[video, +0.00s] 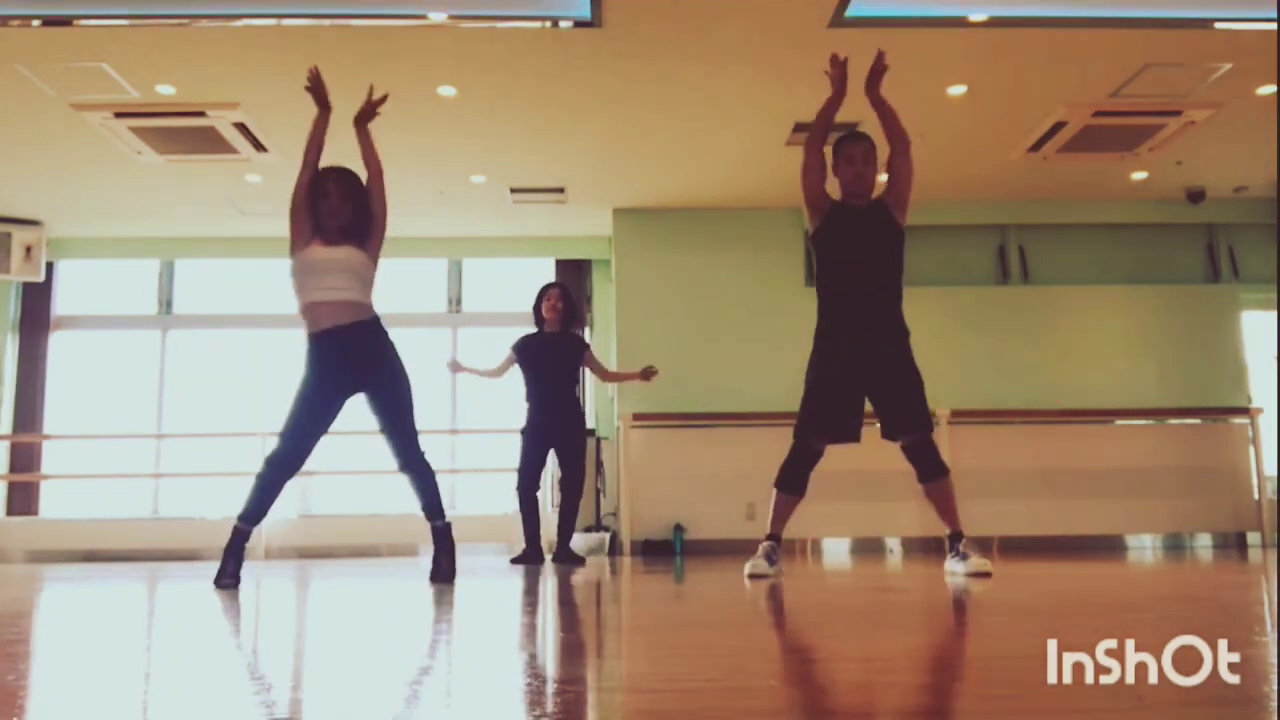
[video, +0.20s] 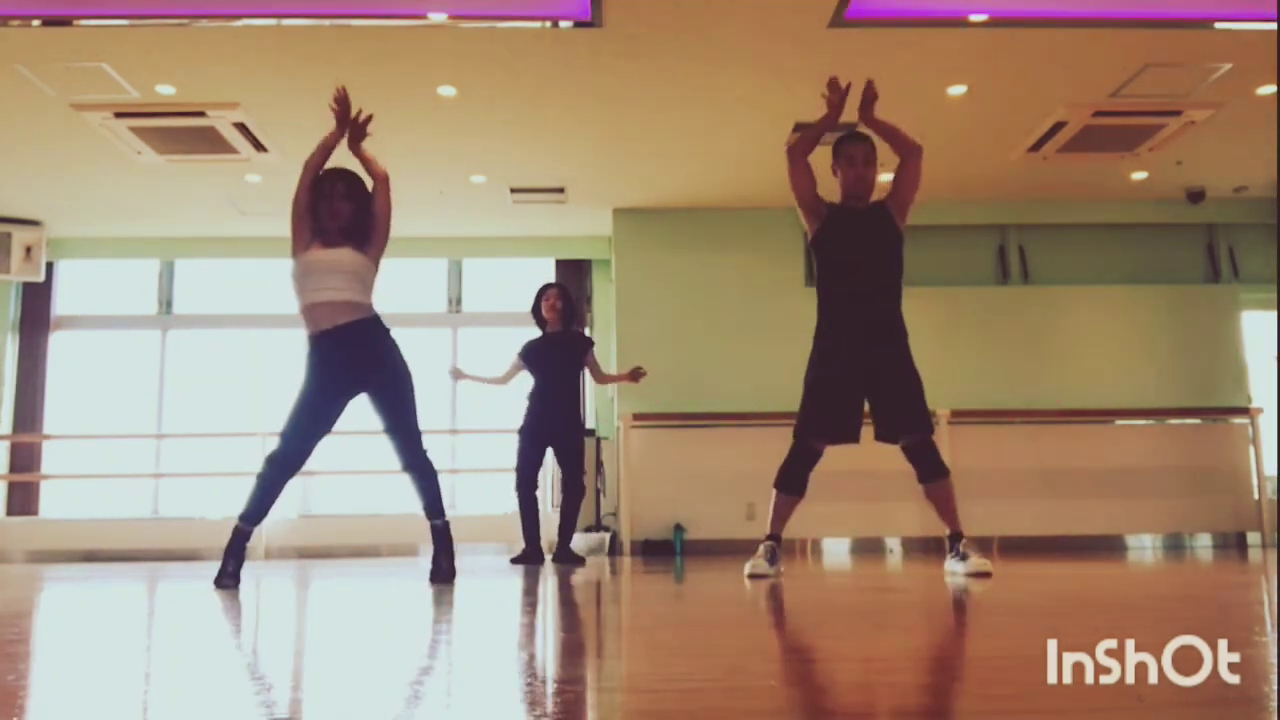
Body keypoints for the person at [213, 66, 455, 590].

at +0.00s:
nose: (332, 205)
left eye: (340, 198)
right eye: (325, 198)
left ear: (355, 205)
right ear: (314, 204)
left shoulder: (367, 242)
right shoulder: (303, 238)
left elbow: (375, 184)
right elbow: (307, 174)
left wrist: (362, 126)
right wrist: (323, 111)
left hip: (375, 353)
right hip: (327, 359)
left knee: (409, 455)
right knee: (285, 460)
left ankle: (443, 541)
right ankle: (235, 546)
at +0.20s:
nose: (338, 204)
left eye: (347, 197)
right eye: (330, 197)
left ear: (361, 206)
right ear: (316, 206)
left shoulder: (369, 247)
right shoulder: (306, 243)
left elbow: (383, 182)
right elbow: (308, 178)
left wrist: (358, 149)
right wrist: (338, 132)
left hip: (377, 353)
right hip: (328, 360)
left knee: (412, 455)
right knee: (284, 460)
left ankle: (442, 543)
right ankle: (236, 546)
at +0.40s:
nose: (338, 209)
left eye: (347, 203)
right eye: (332, 201)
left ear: (362, 212)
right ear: (320, 208)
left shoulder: (372, 251)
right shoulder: (306, 245)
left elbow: (395, 190)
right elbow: (305, 175)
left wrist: (369, 165)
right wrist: (345, 151)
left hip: (379, 356)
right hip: (330, 365)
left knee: (414, 453)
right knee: (289, 460)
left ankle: (444, 540)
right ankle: (237, 544)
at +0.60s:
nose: (342, 212)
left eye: (350, 205)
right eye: (334, 204)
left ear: (363, 213)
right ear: (320, 211)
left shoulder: (374, 254)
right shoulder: (307, 248)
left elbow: (399, 193)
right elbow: (299, 180)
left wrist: (366, 180)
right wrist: (342, 166)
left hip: (380, 355)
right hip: (330, 364)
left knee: (414, 452)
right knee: (292, 459)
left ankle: (444, 539)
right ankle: (238, 543)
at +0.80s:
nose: (340, 211)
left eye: (349, 203)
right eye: (332, 203)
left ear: (364, 211)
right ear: (321, 211)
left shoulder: (375, 254)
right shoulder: (308, 247)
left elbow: (393, 195)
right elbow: (299, 179)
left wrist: (367, 188)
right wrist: (343, 175)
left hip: (380, 354)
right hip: (330, 362)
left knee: (413, 451)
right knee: (292, 458)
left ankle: (444, 539)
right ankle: (238, 542)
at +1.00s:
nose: (337, 211)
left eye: (346, 203)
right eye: (330, 204)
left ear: (362, 212)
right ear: (319, 212)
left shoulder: (377, 254)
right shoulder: (308, 250)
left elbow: (381, 208)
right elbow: (301, 182)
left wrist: (374, 197)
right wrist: (334, 178)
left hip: (378, 354)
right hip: (329, 361)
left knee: (412, 450)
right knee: (290, 458)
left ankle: (444, 539)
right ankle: (237, 542)